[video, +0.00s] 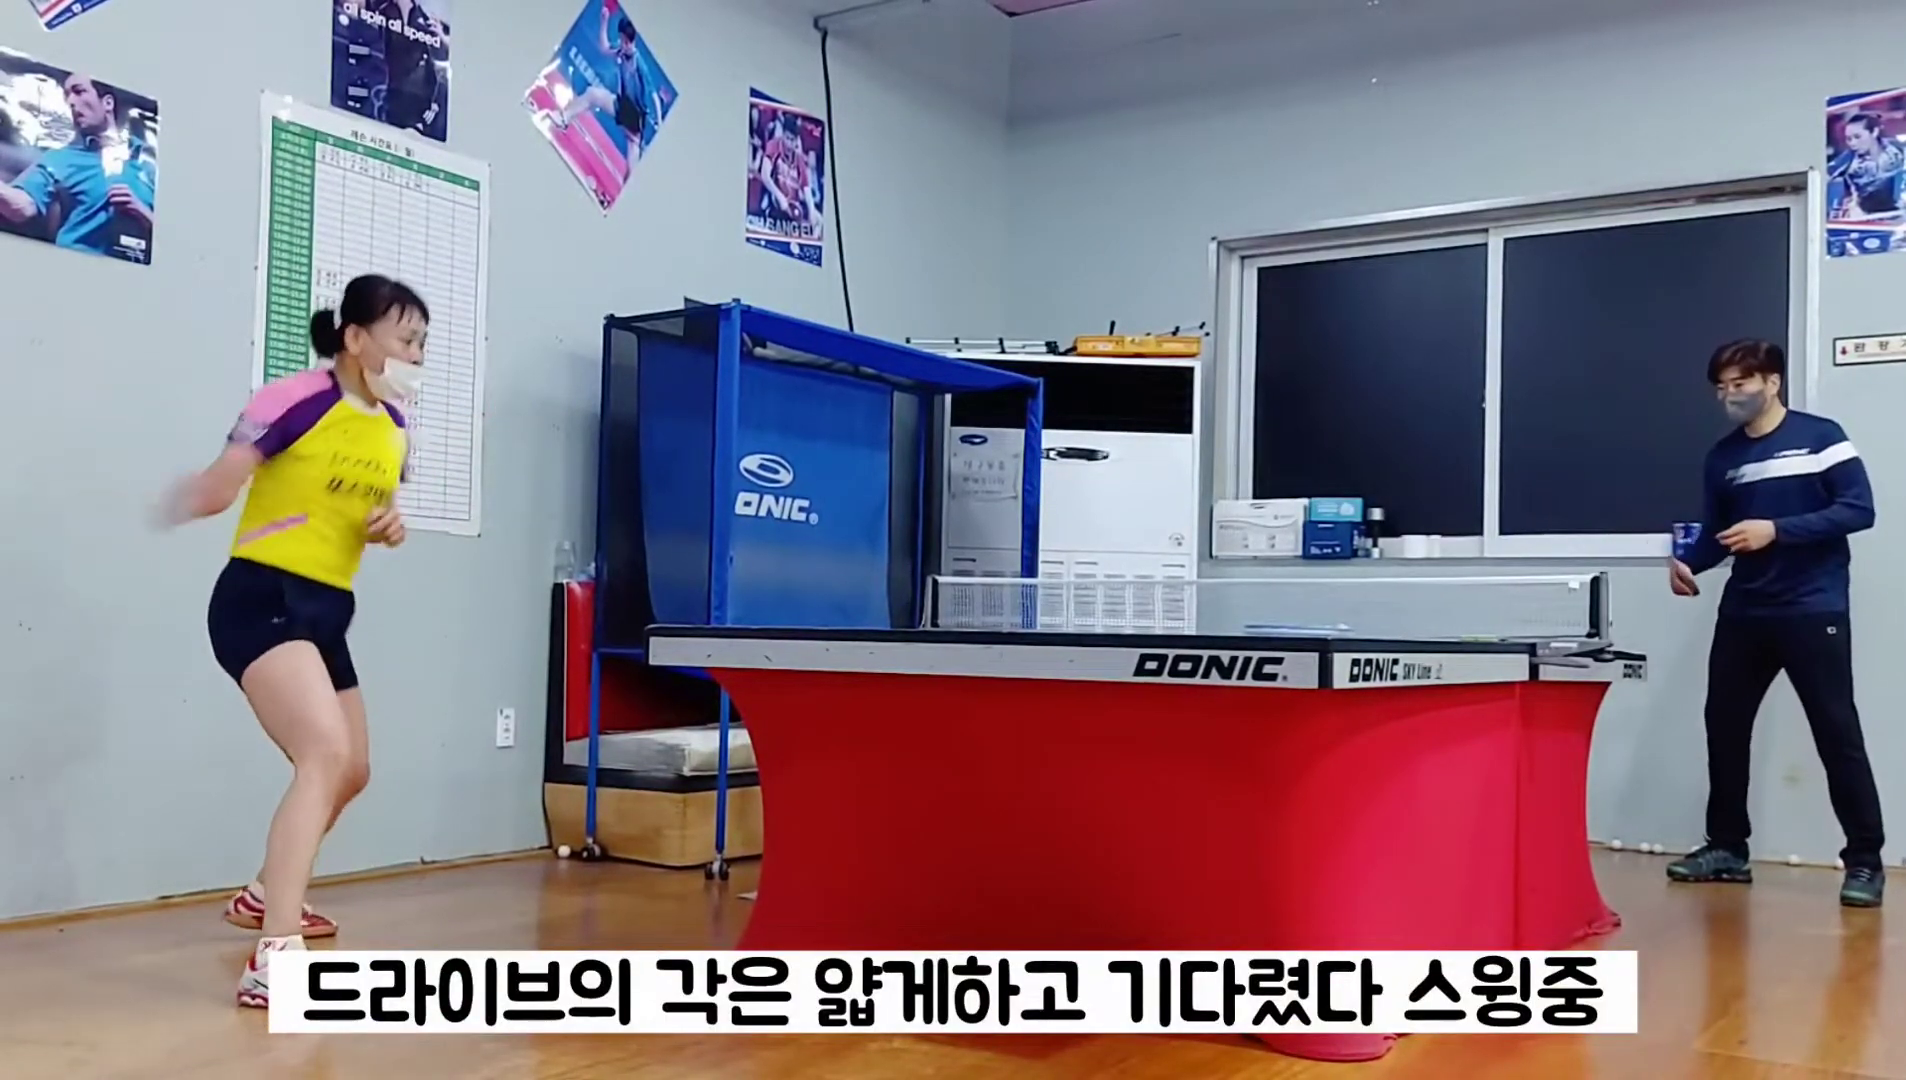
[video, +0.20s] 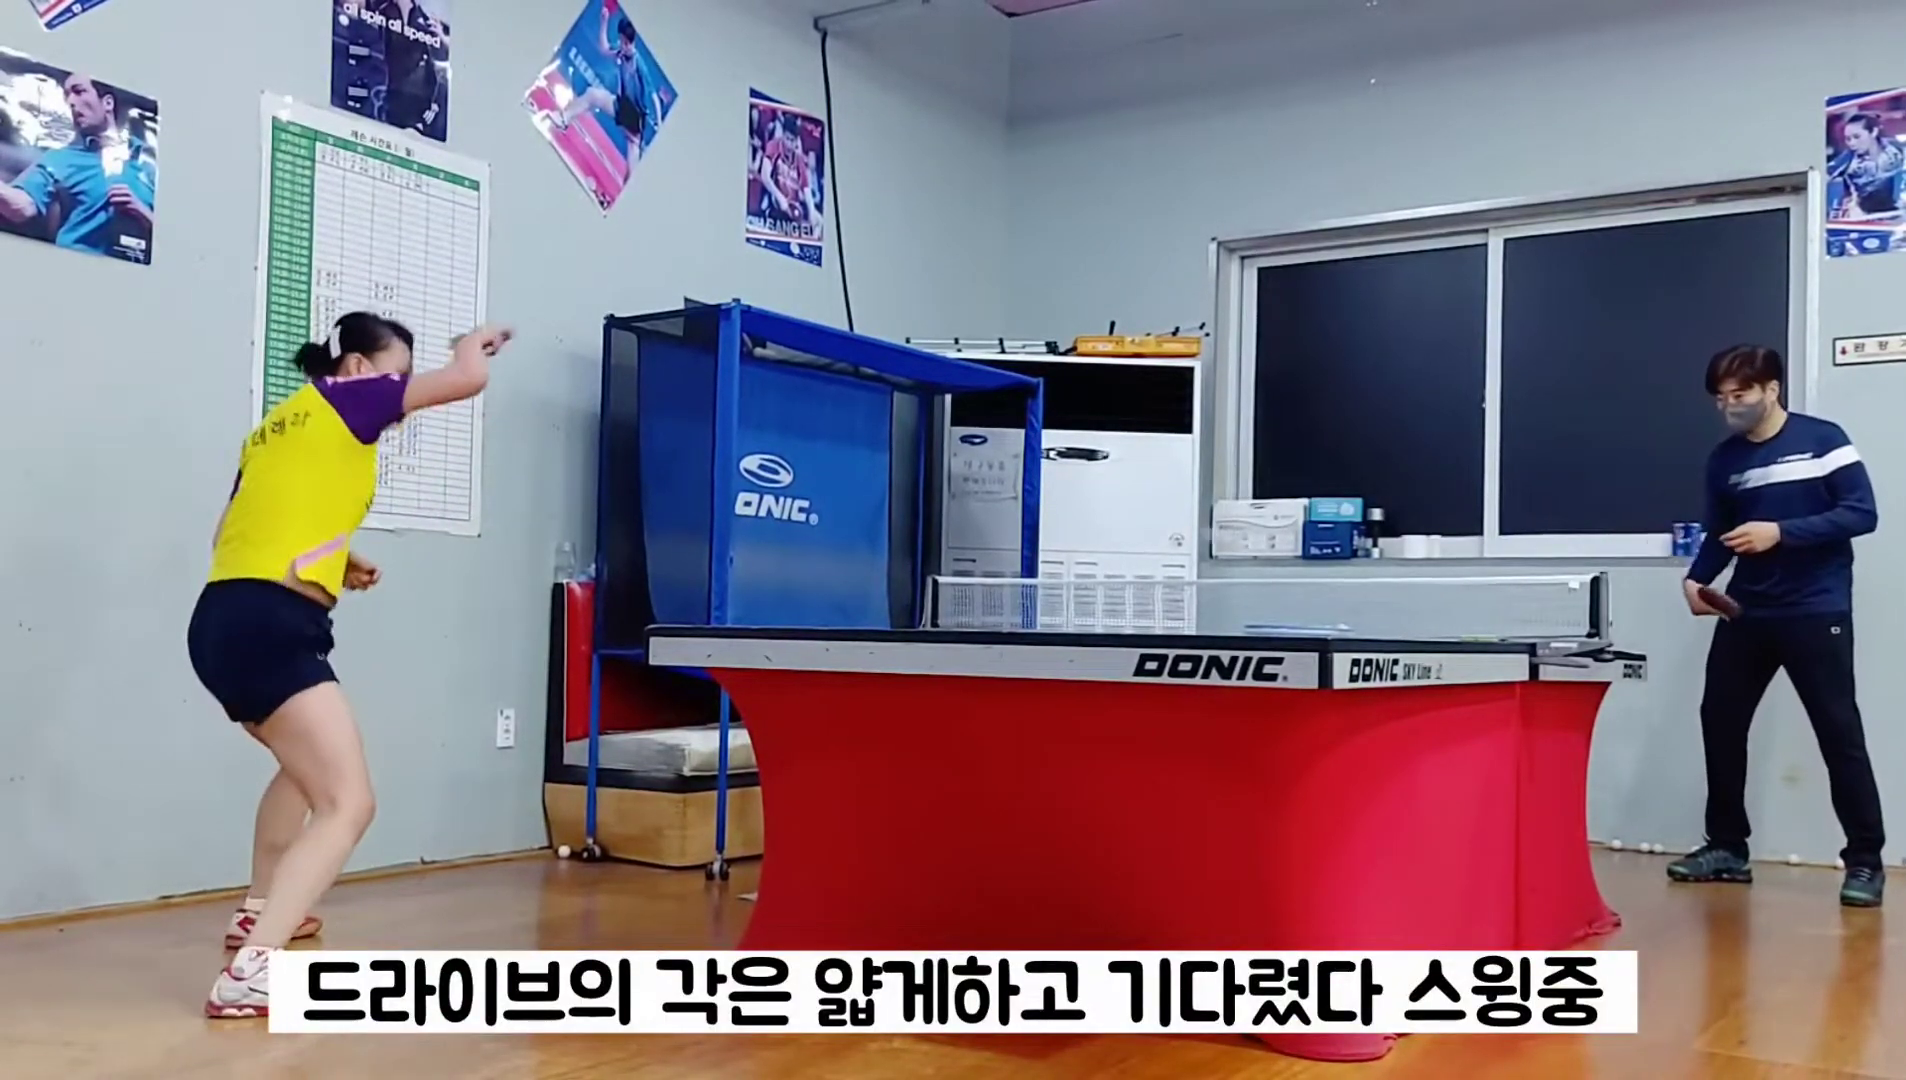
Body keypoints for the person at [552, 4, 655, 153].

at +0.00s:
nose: (622, 42)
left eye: (624, 40)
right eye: (621, 38)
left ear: (629, 40)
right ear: (620, 38)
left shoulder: (632, 55)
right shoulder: (621, 52)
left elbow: (631, 55)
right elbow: (604, 49)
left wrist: (629, 51)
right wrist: (604, 22)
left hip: (629, 109)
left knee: (593, 94)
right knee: (632, 169)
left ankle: (563, 118)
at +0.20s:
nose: (622, 43)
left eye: (624, 40)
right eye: (622, 40)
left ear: (628, 41)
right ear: (622, 39)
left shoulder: (631, 56)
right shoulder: (622, 54)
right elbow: (604, 50)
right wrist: (604, 22)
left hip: (627, 109)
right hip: (637, 116)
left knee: (593, 95)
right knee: (633, 162)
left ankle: (564, 118)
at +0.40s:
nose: (621, 42)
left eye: (623, 39)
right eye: (621, 38)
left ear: (627, 39)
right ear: (623, 38)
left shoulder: (629, 53)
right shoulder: (623, 52)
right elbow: (604, 49)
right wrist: (604, 22)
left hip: (628, 109)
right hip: (637, 116)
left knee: (593, 94)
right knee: (633, 163)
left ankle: (564, 118)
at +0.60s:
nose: (621, 42)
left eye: (623, 39)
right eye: (621, 39)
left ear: (627, 40)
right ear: (625, 39)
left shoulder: (631, 55)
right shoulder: (623, 52)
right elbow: (604, 50)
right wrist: (604, 22)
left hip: (628, 108)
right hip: (636, 115)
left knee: (593, 94)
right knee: (633, 159)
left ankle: (563, 117)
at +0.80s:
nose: (621, 41)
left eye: (623, 38)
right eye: (621, 38)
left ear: (627, 40)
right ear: (623, 38)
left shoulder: (630, 54)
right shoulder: (623, 51)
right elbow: (604, 50)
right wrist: (604, 22)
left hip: (628, 108)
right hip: (637, 115)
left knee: (593, 94)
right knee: (633, 159)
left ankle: (564, 118)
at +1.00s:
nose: (622, 42)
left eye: (624, 39)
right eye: (622, 38)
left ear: (627, 40)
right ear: (622, 38)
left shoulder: (631, 56)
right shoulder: (622, 51)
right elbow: (604, 50)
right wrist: (604, 22)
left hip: (628, 107)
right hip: (636, 113)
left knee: (593, 94)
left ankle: (564, 117)